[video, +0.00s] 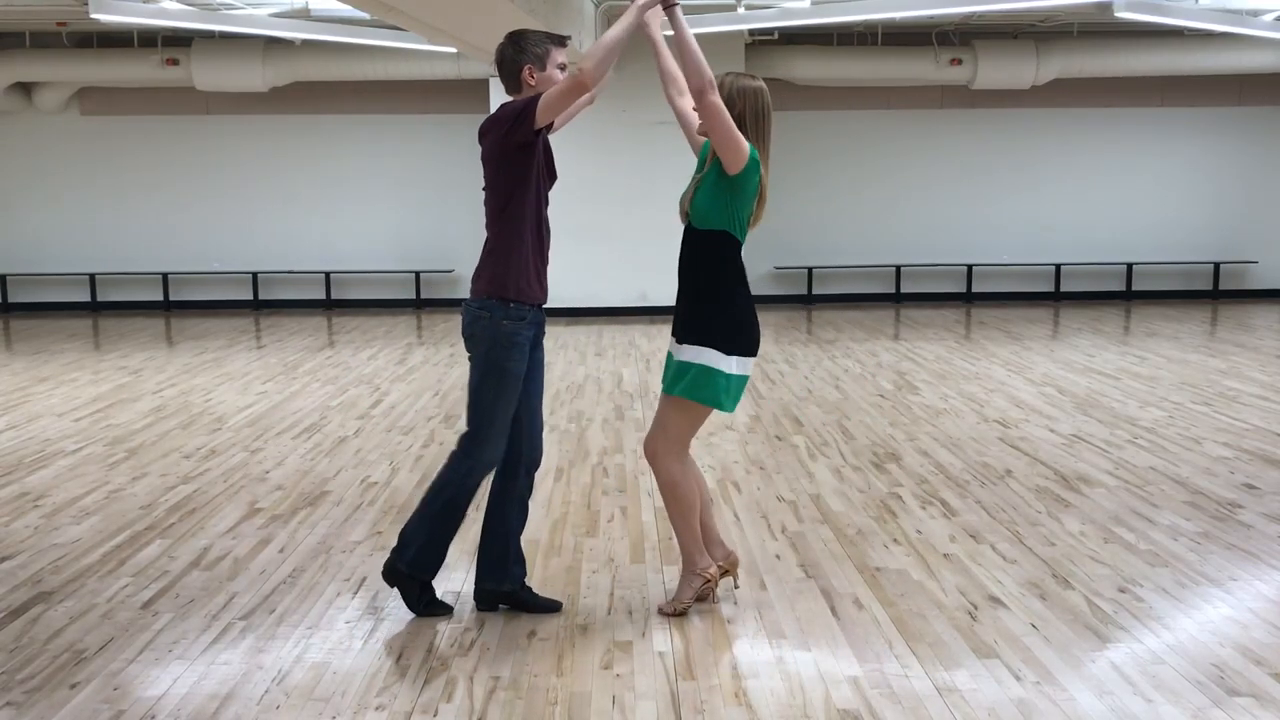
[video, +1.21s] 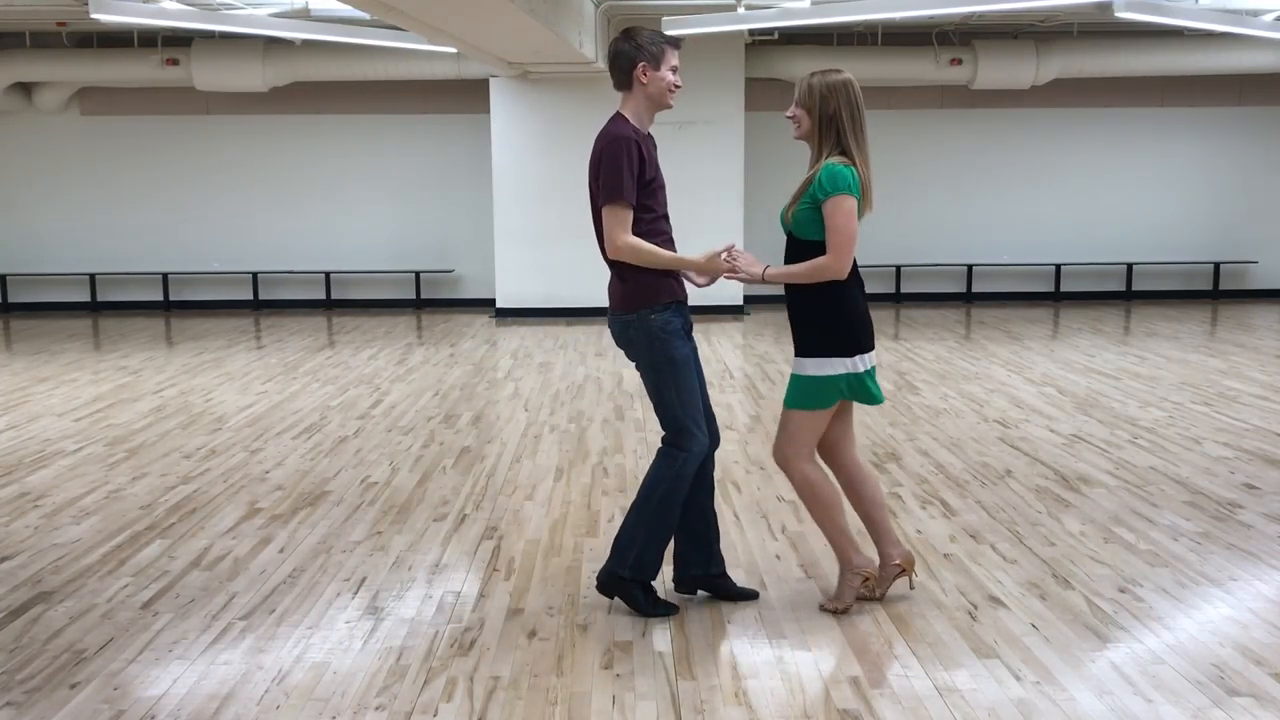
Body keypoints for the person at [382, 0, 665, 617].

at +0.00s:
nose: (570, 80)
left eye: (570, 69)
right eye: (563, 69)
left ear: (534, 77)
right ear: (531, 74)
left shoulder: (530, 128)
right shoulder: (506, 123)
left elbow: (587, 90)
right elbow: (583, 79)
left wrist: (640, 21)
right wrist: (631, 15)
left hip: (525, 317)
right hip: (497, 316)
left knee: (523, 454)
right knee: (483, 448)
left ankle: (498, 582)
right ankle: (410, 565)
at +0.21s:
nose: (586, 79)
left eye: (585, 69)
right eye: (578, 70)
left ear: (549, 78)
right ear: (548, 77)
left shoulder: (541, 134)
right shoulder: (520, 128)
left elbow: (597, 116)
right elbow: (586, 93)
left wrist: (645, 75)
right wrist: (657, 21)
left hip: (532, 314)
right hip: (526, 316)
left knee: (527, 447)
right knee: (566, 449)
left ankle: (499, 580)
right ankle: (466, 549)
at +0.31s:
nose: (597, 79)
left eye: (596, 70)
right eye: (590, 69)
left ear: (559, 77)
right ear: (559, 74)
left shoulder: (556, 134)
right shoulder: (532, 127)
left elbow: (600, 142)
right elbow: (584, 121)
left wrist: (646, 126)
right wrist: (664, 57)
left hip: (533, 313)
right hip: (542, 316)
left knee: (528, 447)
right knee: (593, 441)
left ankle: (496, 579)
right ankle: (523, 572)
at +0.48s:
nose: (622, 74)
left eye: (619, 64)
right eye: (612, 64)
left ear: (579, 72)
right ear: (580, 71)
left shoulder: (564, 130)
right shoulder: (567, 123)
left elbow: (580, 193)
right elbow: (583, 165)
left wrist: (632, 209)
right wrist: (659, 159)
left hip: (553, 308)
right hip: (573, 310)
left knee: (539, 447)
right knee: (611, 443)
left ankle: (502, 575)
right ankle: (609, 589)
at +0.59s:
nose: (636, 72)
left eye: (634, 62)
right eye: (628, 62)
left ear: (599, 72)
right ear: (597, 69)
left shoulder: (587, 132)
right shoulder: (583, 127)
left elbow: (583, 229)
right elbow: (583, 194)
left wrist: (634, 259)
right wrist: (653, 219)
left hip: (579, 308)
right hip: (594, 312)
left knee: (575, 439)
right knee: (622, 446)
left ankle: (513, 564)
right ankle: (610, 588)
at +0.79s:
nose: (660, 78)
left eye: (659, 68)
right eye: (652, 68)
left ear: (624, 75)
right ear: (623, 74)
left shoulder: (619, 137)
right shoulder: (605, 137)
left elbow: (613, 235)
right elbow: (593, 231)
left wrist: (658, 300)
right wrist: (652, 300)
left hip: (631, 316)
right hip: (620, 317)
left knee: (670, 439)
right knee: (641, 448)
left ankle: (600, 555)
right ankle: (611, 589)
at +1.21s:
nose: (679, 82)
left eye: (678, 72)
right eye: (672, 71)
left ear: (647, 76)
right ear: (642, 73)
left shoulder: (637, 139)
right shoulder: (620, 140)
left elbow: (634, 237)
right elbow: (617, 243)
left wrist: (686, 269)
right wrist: (692, 264)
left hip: (665, 309)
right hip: (644, 313)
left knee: (702, 436)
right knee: (688, 439)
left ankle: (699, 568)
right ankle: (625, 573)